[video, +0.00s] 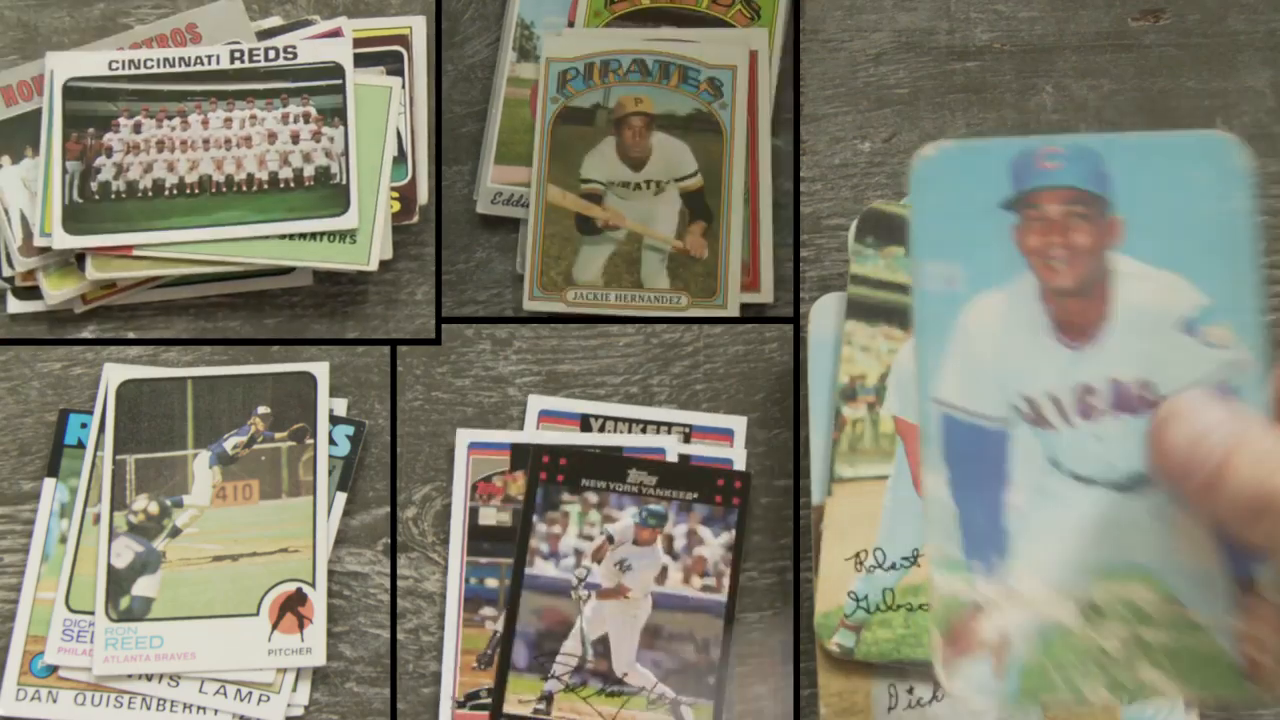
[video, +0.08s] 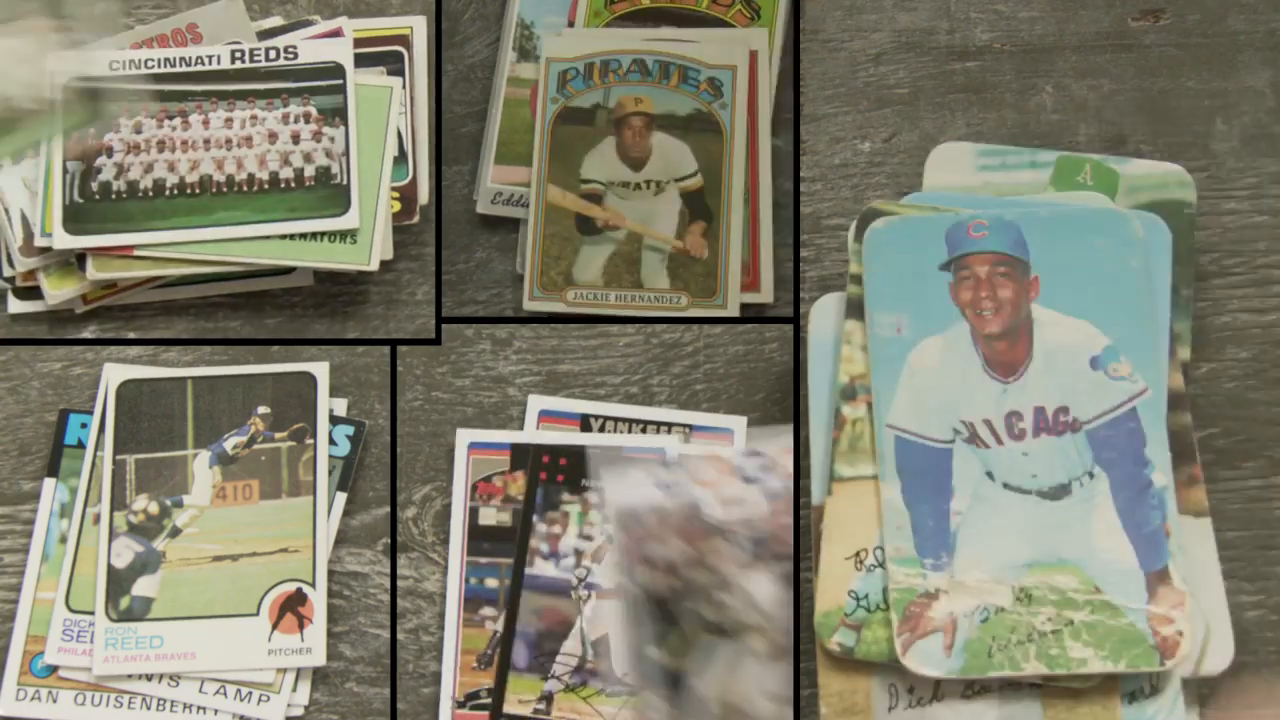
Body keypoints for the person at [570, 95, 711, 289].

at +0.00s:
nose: (638, 136)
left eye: (645, 129)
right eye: (630, 129)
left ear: (652, 130)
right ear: (616, 131)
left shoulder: (677, 153)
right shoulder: (598, 158)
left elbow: (700, 209)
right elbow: (583, 223)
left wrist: (695, 233)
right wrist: (600, 221)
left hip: (662, 203)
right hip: (616, 201)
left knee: (652, 274)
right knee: (584, 273)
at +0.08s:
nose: (638, 136)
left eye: (645, 129)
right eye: (630, 129)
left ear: (652, 130)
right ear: (616, 131)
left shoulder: (677, 153)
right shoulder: (598, 159)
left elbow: (700, 209)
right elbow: (583, 223)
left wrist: (695, 233)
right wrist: (600, 221)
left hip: (662, 204)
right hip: (616, 201)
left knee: (653, 274)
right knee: (584, 273)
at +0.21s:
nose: (686, 76)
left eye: (693, 66)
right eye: (675, 67)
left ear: (703, 67)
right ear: (657, 71)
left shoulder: (731, 101)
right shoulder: (635, 118)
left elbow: (767, 168)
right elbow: (637, 197)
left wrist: (768, 156)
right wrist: (642, 180)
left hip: (722, 207)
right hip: (665, 211)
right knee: (649, 270)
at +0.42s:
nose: (685, 76)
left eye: (692, 65)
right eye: (673, 66)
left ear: (701, 67)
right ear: (655, 70)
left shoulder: (728, 101)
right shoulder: (633, 117)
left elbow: (764, 167)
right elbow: (634, 196)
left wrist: (765, 158)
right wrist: (638, 179)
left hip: (720, 208)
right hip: (663, 212)